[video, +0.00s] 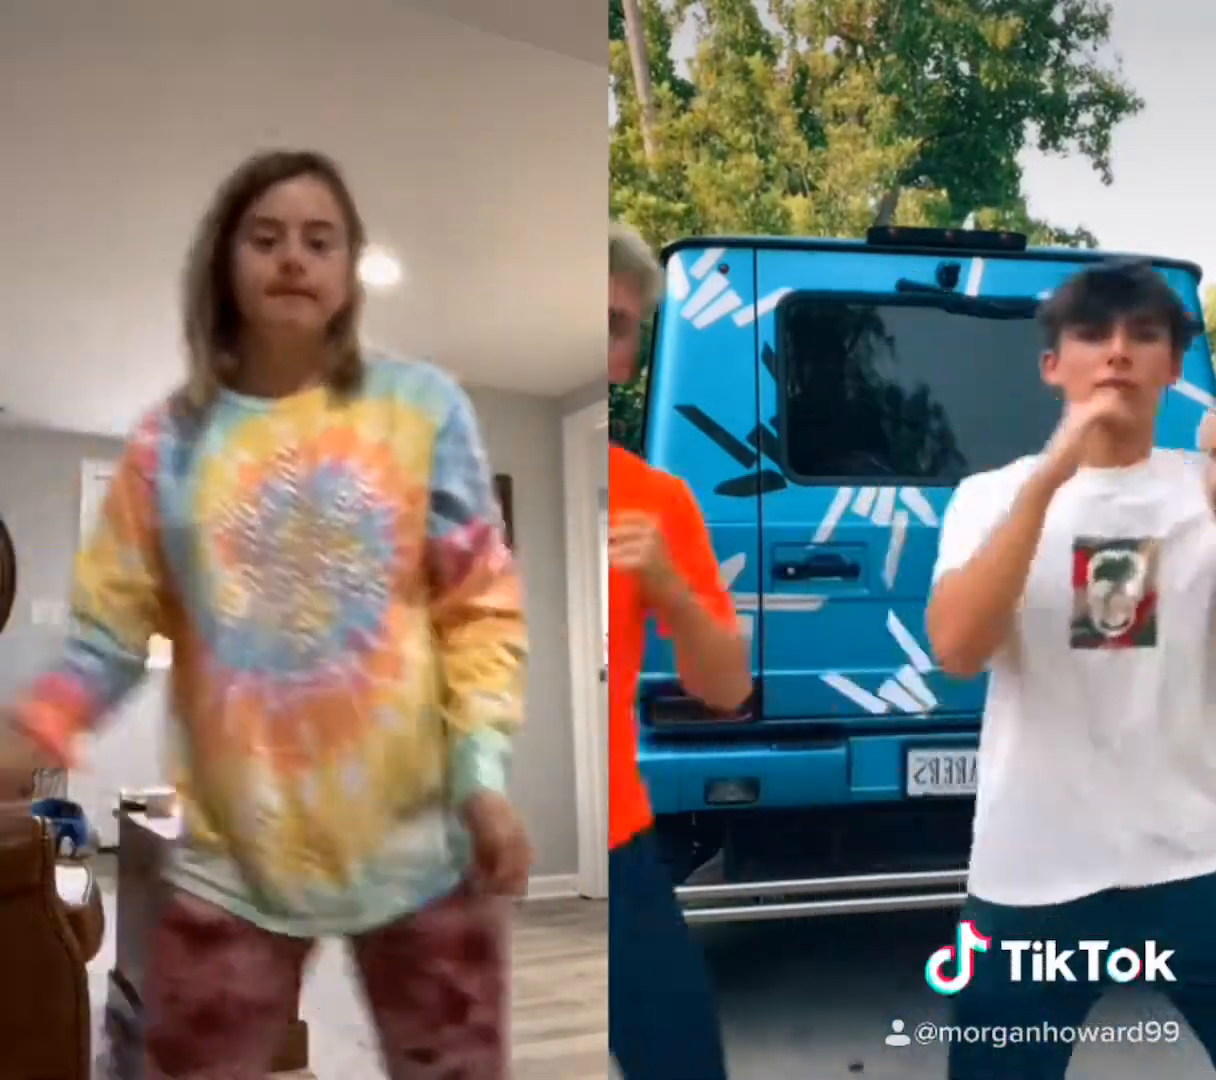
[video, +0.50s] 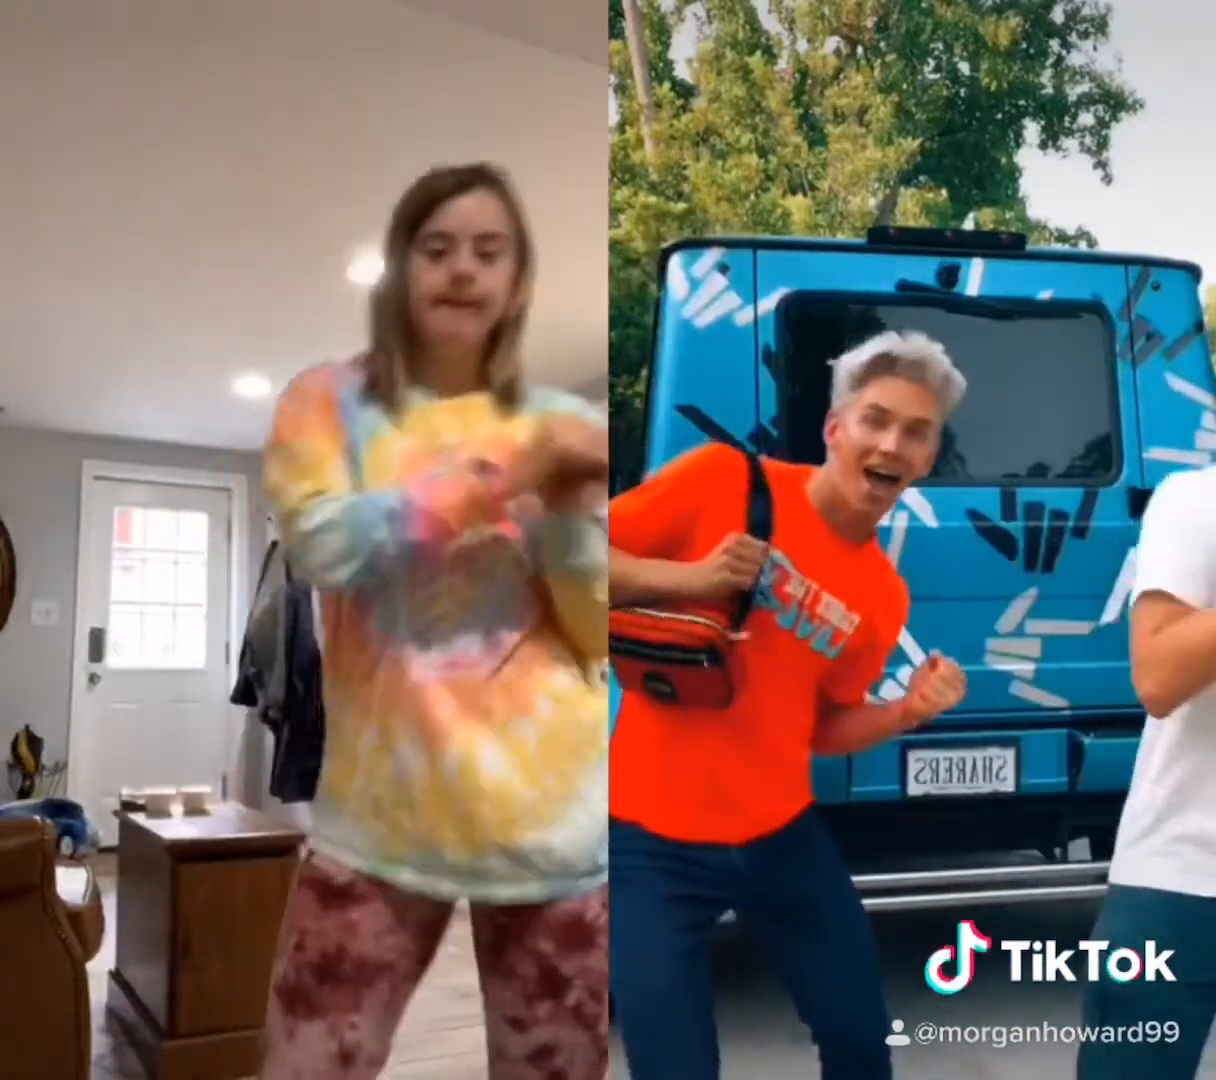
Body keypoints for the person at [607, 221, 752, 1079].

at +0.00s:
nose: (597, 345)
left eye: (617, 327)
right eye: (588, 319)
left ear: (639, 346)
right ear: (553, 319)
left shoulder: (654, 499)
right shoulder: (463, 481)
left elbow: (727, 690)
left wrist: (669, 589)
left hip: (608, 838)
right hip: (469, 832)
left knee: (680, 1051)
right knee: (466, 1056)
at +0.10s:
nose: (698, 339)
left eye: (726, 325)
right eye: (682, 308)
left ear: (745, 355)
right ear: (633, 323)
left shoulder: (738, 494)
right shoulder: (551, 443)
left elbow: (797, 682)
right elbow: (466, 599)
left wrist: (781, 558)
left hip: (666, 815)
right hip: (532, 806)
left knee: (777, 1044)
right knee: (516, 1052)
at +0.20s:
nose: (792, 406)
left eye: (818, 392)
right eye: (777, 376)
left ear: (833, 423)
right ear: (731, 388)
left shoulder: (818, 562)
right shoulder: (628, 469)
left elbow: (842, 741)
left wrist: (879, 626)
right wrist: (590, 537)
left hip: (750, 850)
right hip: (611, 850)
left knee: (834, 1057)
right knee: (585, 1063)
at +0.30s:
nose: (854, 455)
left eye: (879, 441)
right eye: (840, 427)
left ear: (895, 466)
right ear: (795, 435)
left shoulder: (854, 612)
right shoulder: (679, 501)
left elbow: (844, 778)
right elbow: (552, 596)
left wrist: (924, 714)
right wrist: (659, 587)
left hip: (788, 867)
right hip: (651, 874)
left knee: (868, 1055)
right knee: (657, 1067)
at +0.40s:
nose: (885, 447)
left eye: (909, 433)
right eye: (870, 420)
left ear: (925, 457)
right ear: (826, 429)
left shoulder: (877, 601)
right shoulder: (716, 482)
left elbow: (832, 750)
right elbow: (564, 556)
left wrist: (916, 701)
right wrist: (690, 569)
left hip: (789, 849)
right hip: (657, 851)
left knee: (861, 1047)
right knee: (684, 1069)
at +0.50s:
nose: (892, 447)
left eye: (916, 432)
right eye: (876, 420)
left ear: (933, 454)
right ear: (833, 428)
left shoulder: (883, 594)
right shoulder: (724, 480)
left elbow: (823, 730)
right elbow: (572, 553)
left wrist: (908, 709)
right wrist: (692, 578)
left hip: (784, 839)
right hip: (654, 837)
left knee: (859, 1037)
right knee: (677, 1067)